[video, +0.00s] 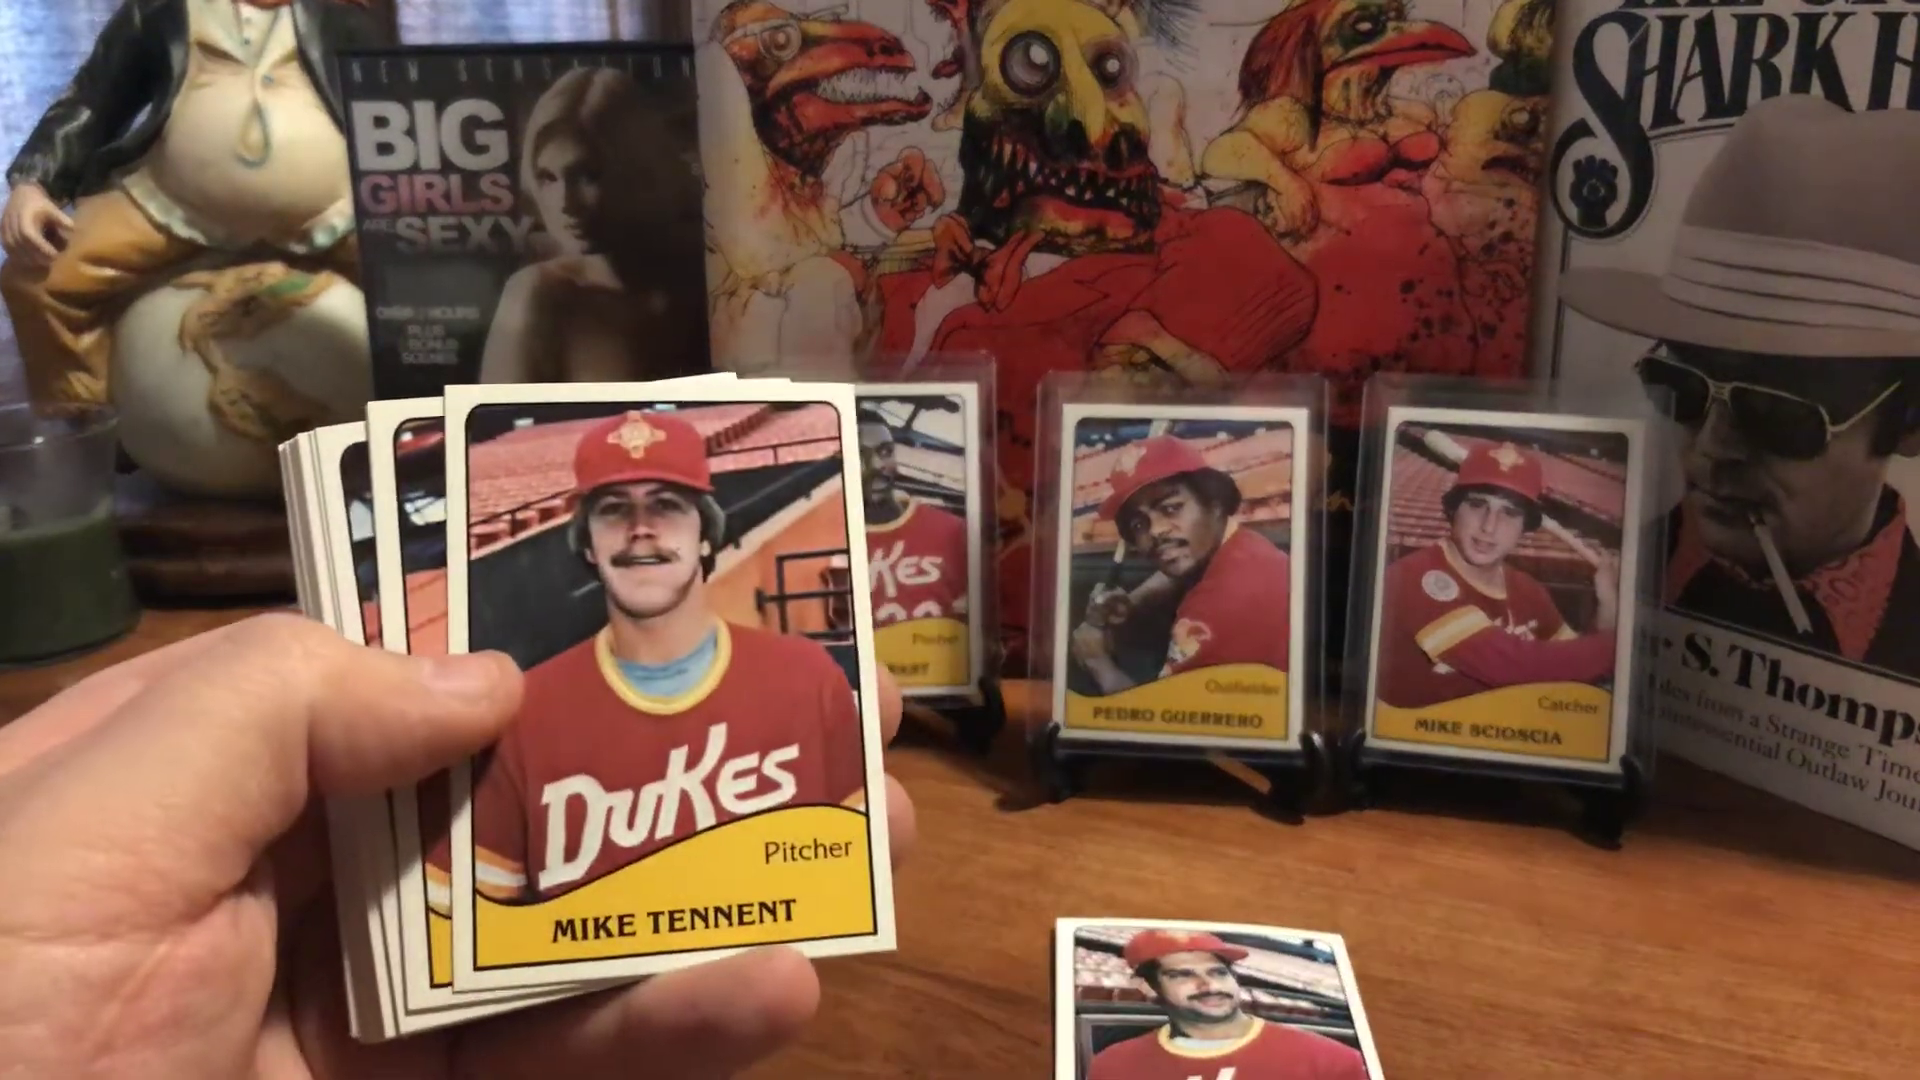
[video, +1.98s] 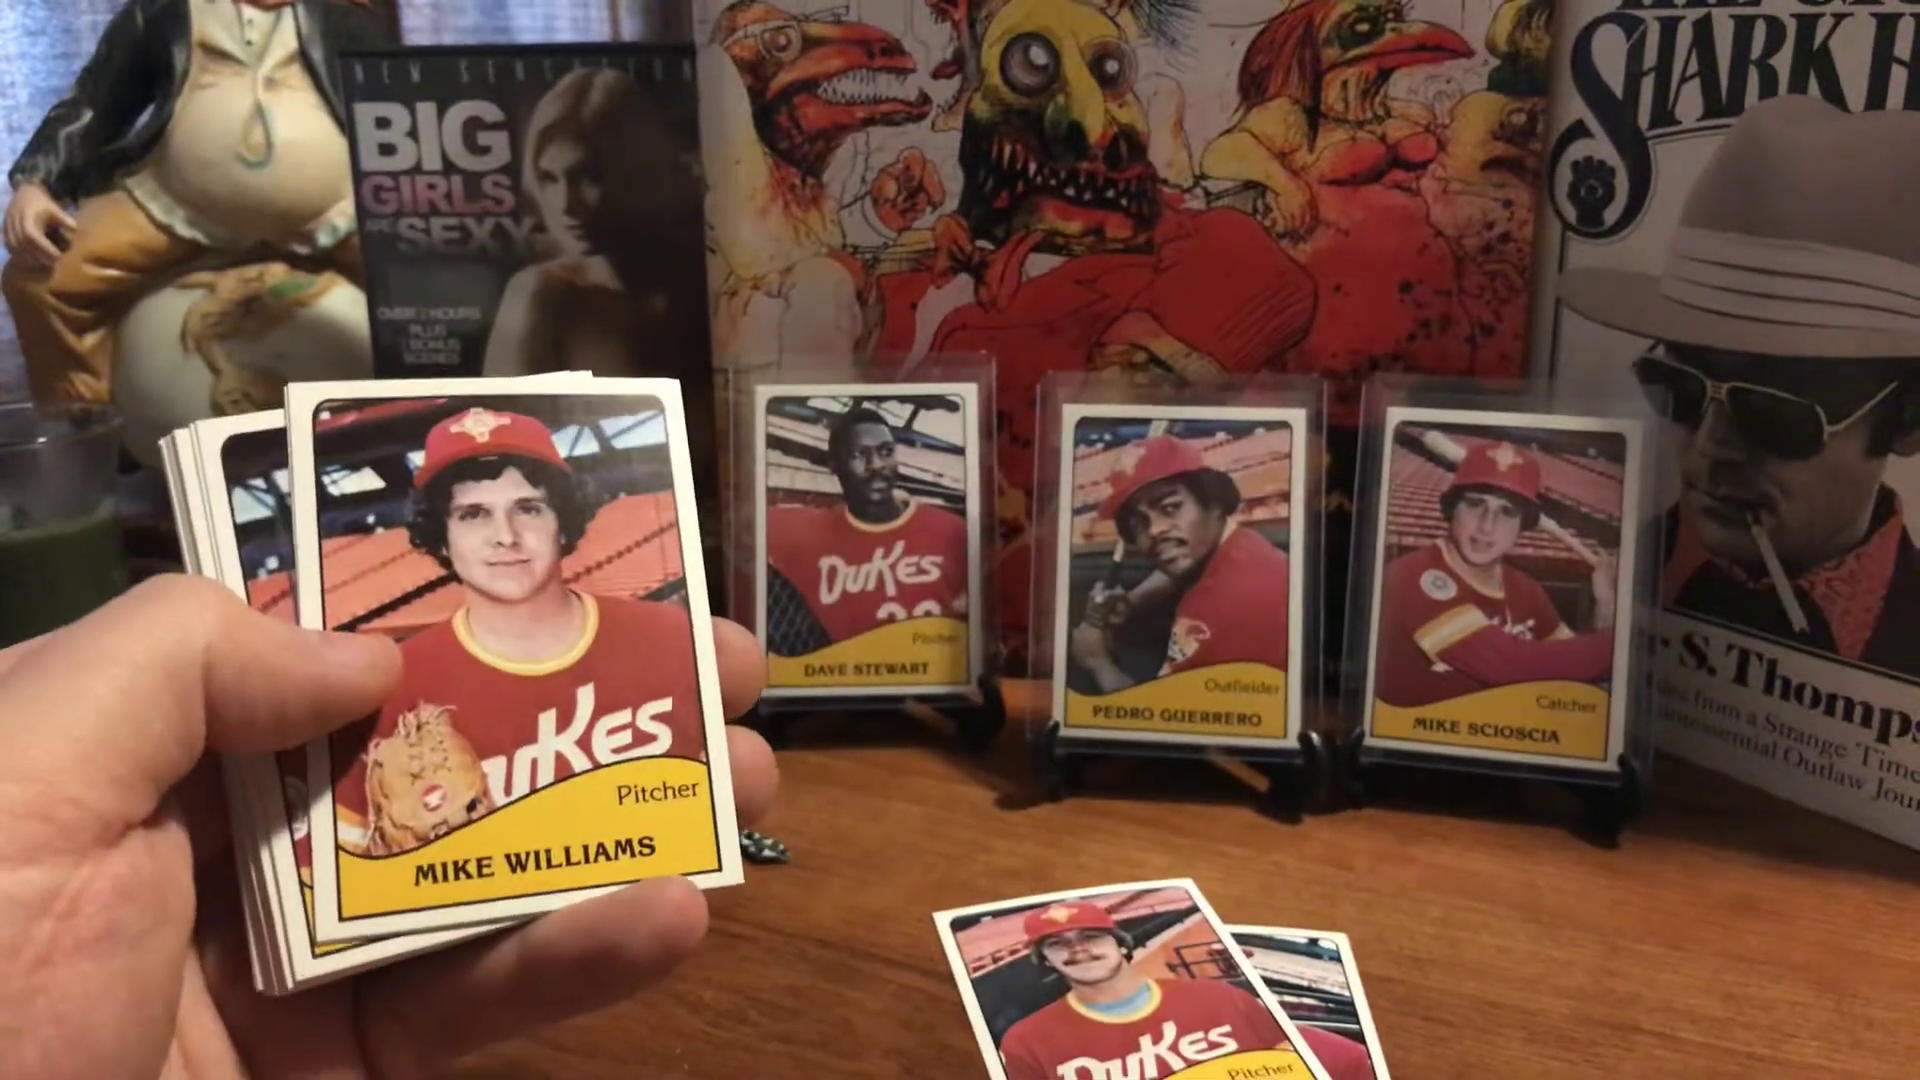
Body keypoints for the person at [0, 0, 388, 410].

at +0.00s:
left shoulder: (344, 19)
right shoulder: (158, 10)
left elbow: (398, 107)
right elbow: (91, 101)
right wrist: (28, 180)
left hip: (331, 213)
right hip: (173, 206)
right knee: (37, 276)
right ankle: (95, 439)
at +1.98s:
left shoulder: (350, 17)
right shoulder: (160, 13)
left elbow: (399, 98)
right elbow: (93, 103)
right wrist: (31, 182)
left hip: (337, 210)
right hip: (175, 206)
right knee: (40, 281)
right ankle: (96, 453)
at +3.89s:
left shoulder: (346, 21)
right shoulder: (163, 13)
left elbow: (398, 104)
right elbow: (97, 103)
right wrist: (34, 182)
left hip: (338, 214)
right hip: (177, 208)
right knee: (43, 283)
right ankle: (95, 432)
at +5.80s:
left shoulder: (351, 20)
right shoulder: (167, 12)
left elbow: (408, 109)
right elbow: (99, 103)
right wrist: (36, 183)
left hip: (342, 214)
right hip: (181, 207)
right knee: (44, 283)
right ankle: (99, 455)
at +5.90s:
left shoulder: (349, 21)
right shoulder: (166, 13)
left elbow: (408, 106)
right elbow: (99, 103)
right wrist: (37, 184)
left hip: (342, 214)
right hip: (181, 208)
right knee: (44, 282)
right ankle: (102, 454)